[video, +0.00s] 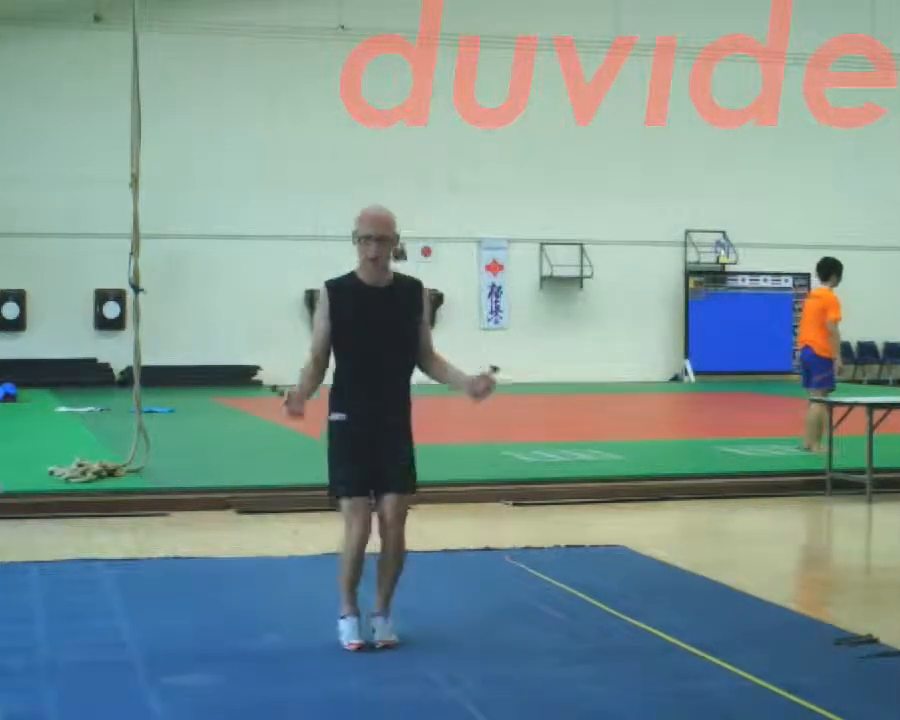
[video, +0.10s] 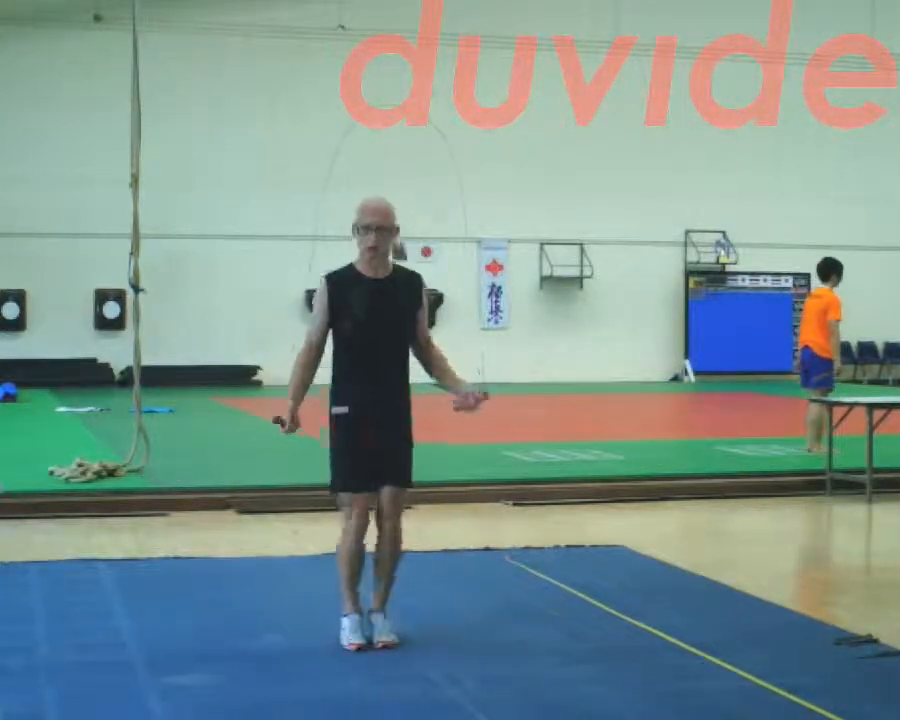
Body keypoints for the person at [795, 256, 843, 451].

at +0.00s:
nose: (840, 279)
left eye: (839, 275)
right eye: (839, 275)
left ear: (819, 275)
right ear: (835, 276)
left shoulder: (812, 296)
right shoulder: (829, 298)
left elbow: (805, 325)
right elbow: (832, 326)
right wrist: (837, 355)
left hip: (806, 349)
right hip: (820, 351)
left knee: (816, 398)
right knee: (818, 399)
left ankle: (811, 441)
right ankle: (812, 443)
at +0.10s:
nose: (840, 279)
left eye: (839, 275)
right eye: (840, 275)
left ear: (820, 275)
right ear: (836, 276)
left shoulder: (812, 297)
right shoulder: (831, 299)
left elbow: (804, 327)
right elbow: (833, 329)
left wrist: (801, 351)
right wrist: (837, 357)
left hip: (806, 350)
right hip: (820, 351)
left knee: (821, 398)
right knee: (817, 398)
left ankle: (817, 442)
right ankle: (813, 444)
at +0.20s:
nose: (840, 279)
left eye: (840, 275)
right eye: (840, 275)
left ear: (821, 275)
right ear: (836, 276)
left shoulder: (812, 297)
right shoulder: (831, 299)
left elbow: (805, 326)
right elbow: (836, 328)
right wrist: (843, 355)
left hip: (806, 349)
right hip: (821, 351)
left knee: (820, 397)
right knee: (817, 398)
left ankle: (817, 442)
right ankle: (813, 444)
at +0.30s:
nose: (840, 280)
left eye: (840, 276)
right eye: (840, 276)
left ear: (821, 275)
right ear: (836, 276)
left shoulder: (813, 296)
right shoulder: (831, 298)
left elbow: (816, 329)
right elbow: (842, 324)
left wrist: (835, 344)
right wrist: (857, 342)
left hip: (806, 347)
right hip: (820, 349)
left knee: (817, 397)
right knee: (818, 397)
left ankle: (814, 443)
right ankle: (814, 444)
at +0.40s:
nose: (841, 281)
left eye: (841, 277)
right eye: (840, 277)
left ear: (822, 276)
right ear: (836, 277)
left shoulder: (813, 296)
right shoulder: (831, 298)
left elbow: (831, 331)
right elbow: (847, 323)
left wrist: (852, 343)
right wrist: (862, 338)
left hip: (807, 348)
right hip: (819, 351)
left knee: (813, 397)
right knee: (819, 398)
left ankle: (812, 443)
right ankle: (815, 444)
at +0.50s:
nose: (843, 282)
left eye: (844, 278)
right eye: (843, 278)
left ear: (825, 276)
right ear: (838, 277)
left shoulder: (815, 296)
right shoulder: (832, 298)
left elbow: (829, 328)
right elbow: (848, 324)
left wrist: (849, 342)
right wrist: (863, 339)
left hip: (807, 348)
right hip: (819, 351)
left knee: (814, 397)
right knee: (819, 398)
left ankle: (813, 443)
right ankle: (815, 444)